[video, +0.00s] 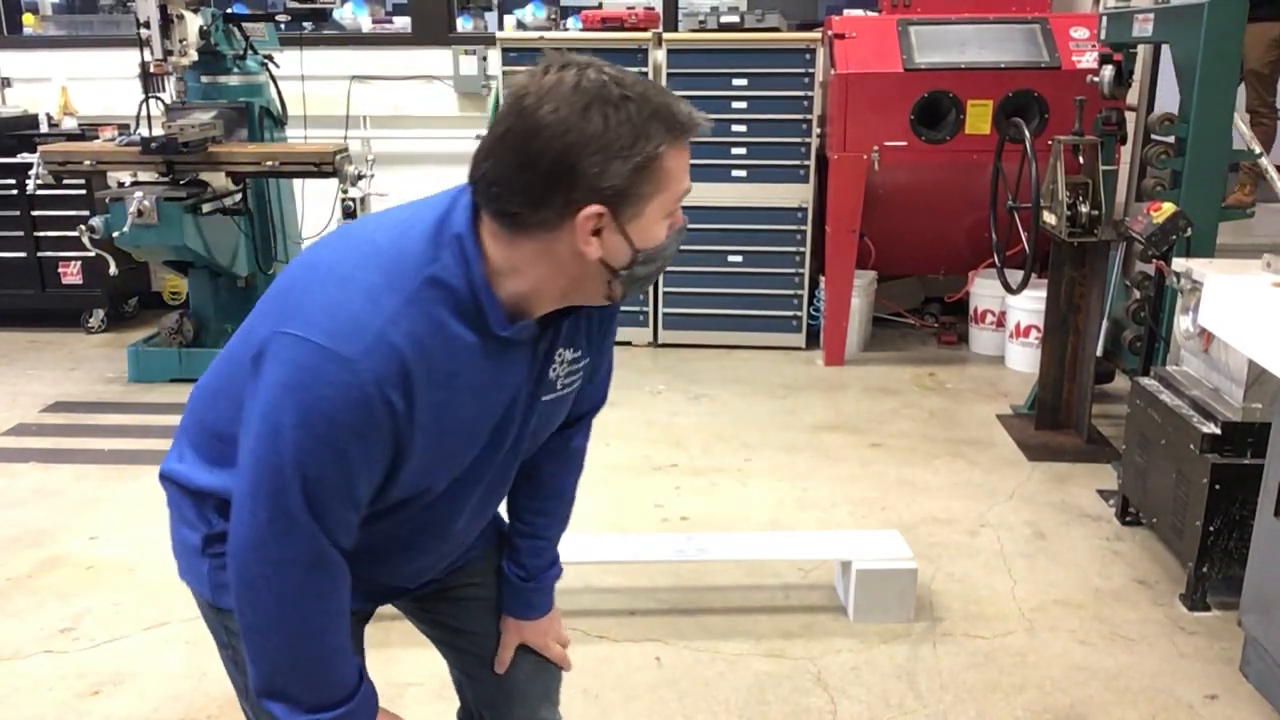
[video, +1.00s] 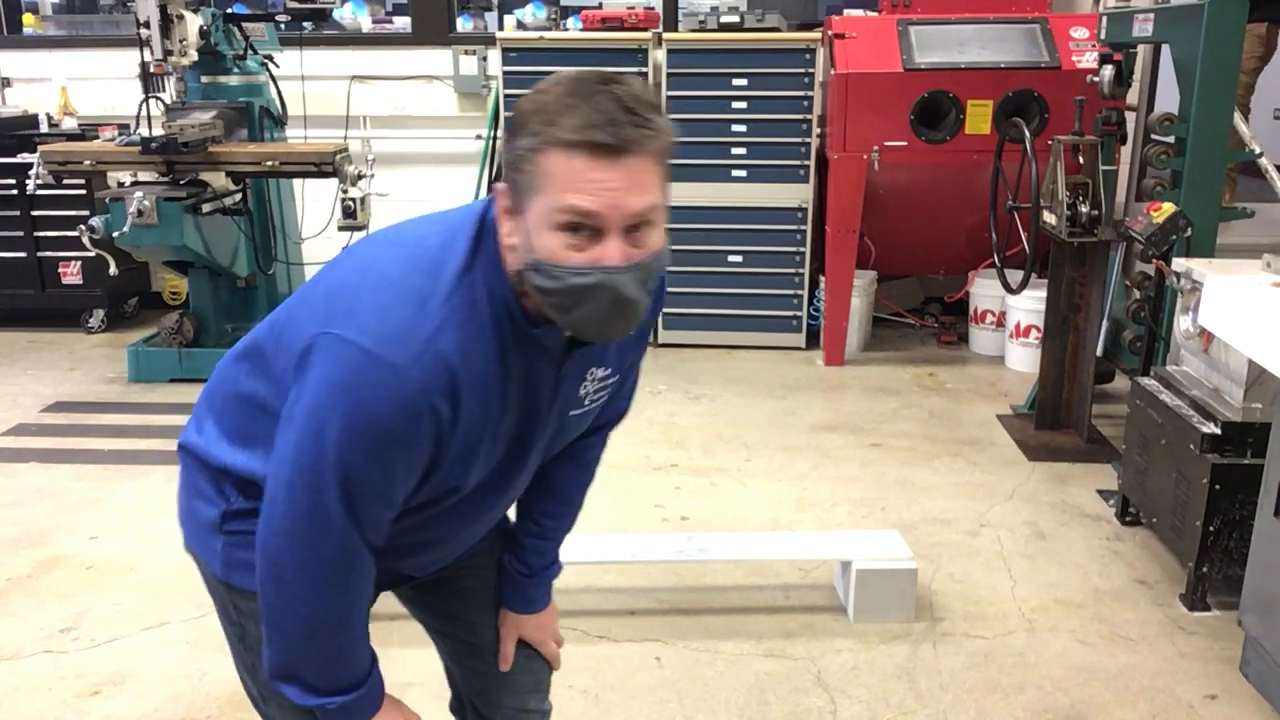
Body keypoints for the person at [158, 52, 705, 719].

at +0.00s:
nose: (680, 222)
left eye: (678, 205)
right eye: (671, 209)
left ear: (592, 230)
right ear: (594, 231)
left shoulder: (583, 287)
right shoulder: (343, 350)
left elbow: (557, 442)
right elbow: (279, 568)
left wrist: (529, 589)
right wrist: (341, 708)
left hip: (431, 506)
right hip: (271, 534)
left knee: (524, 690)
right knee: (309, 708)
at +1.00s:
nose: (614, 262)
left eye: (639, 229)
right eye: (580, 230)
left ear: (664, 217)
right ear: (508, 212)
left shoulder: (627, 287)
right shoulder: (389, 354)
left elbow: (574, 446)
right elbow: (305, 565)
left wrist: (530, 582)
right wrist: (354, 699)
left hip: (433, 484)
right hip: (269, 512)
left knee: (516, 687)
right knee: (313, 700)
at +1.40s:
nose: (498, 289)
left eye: (532, 251)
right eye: (466, 250)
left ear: (586, 231)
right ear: (417, 234)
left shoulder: (621, 301)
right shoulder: (299, 364)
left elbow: (592, 466)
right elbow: (267, 557)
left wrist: (556, 607)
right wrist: (339, 689)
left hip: (484, 516)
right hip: (331, 538)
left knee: (542, 695)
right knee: (315, 703)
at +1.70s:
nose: (471, 239)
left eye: (503, 202)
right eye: (439, 201)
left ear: (560, 190)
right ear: (386, 189)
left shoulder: (599, 273)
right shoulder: (276, 320)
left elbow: (581, 455)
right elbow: (256, 539)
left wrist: (556, 612)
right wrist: (327, 693)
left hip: (477, 517)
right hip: (324, 539)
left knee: (539, 696)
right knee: (306, 704)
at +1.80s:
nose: (455, 151)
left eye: (487, 115)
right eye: (421, 115)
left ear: (542, 113)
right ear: (369, 119)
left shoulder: (581, 221)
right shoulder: (258, 270)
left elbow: (582, 418)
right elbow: (244, 509)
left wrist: (575, 585)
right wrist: (317, 691)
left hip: (466, 510)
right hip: (312, 532)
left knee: (529, 686)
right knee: (306, 707)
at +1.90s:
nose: (430, 53)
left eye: (459, 16)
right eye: (392, 20)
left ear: (517, 27)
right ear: (340, 36)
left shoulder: (561, 161)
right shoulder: (239, 210)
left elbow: (588, 366)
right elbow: (215, 470)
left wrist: (596, 543)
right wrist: (286, 674)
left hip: (463, 513)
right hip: (305, 534)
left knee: (514, 696)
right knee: (309, 710)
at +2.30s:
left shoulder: (554, 76)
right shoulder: (253, 108)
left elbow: (609, 272)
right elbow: (180, 385)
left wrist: (642, 438)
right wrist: (218, 618)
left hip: (494, 522)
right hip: (317, 538)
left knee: (526, 705)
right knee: (317, 709)